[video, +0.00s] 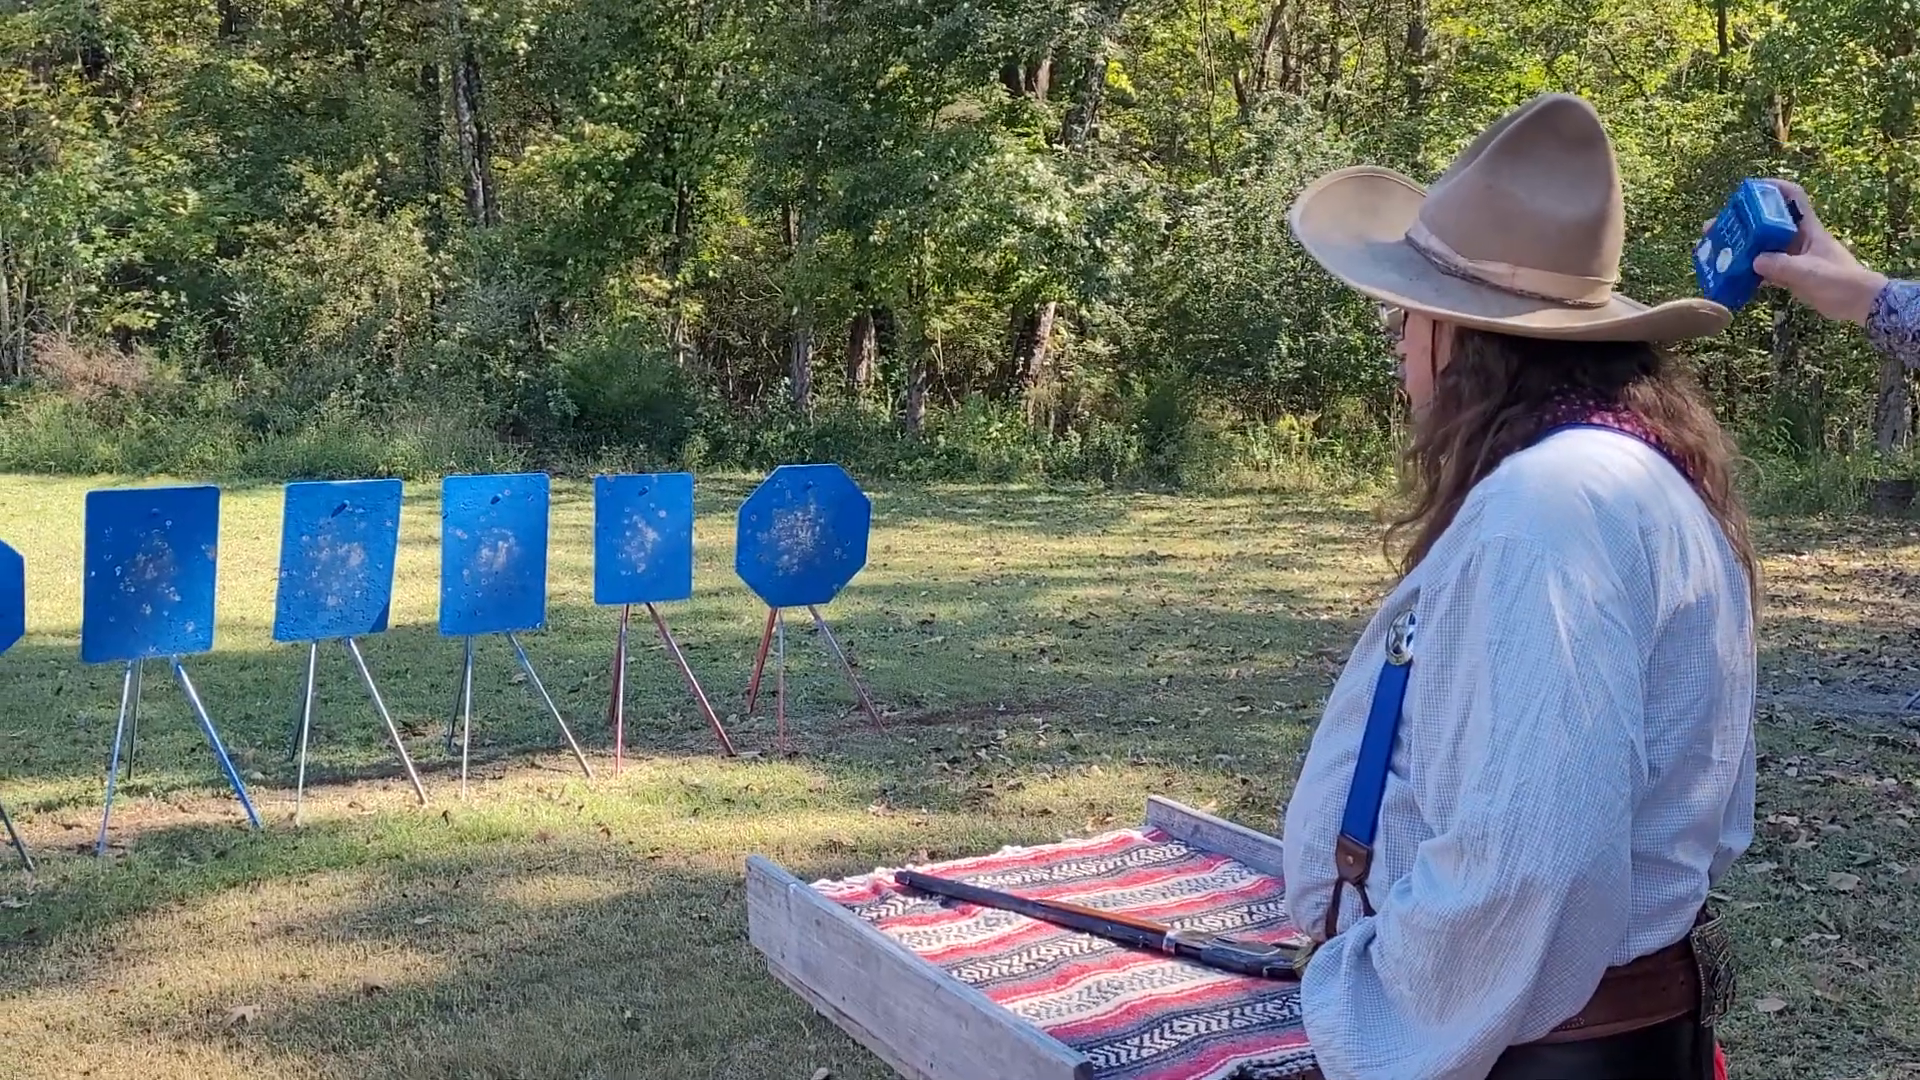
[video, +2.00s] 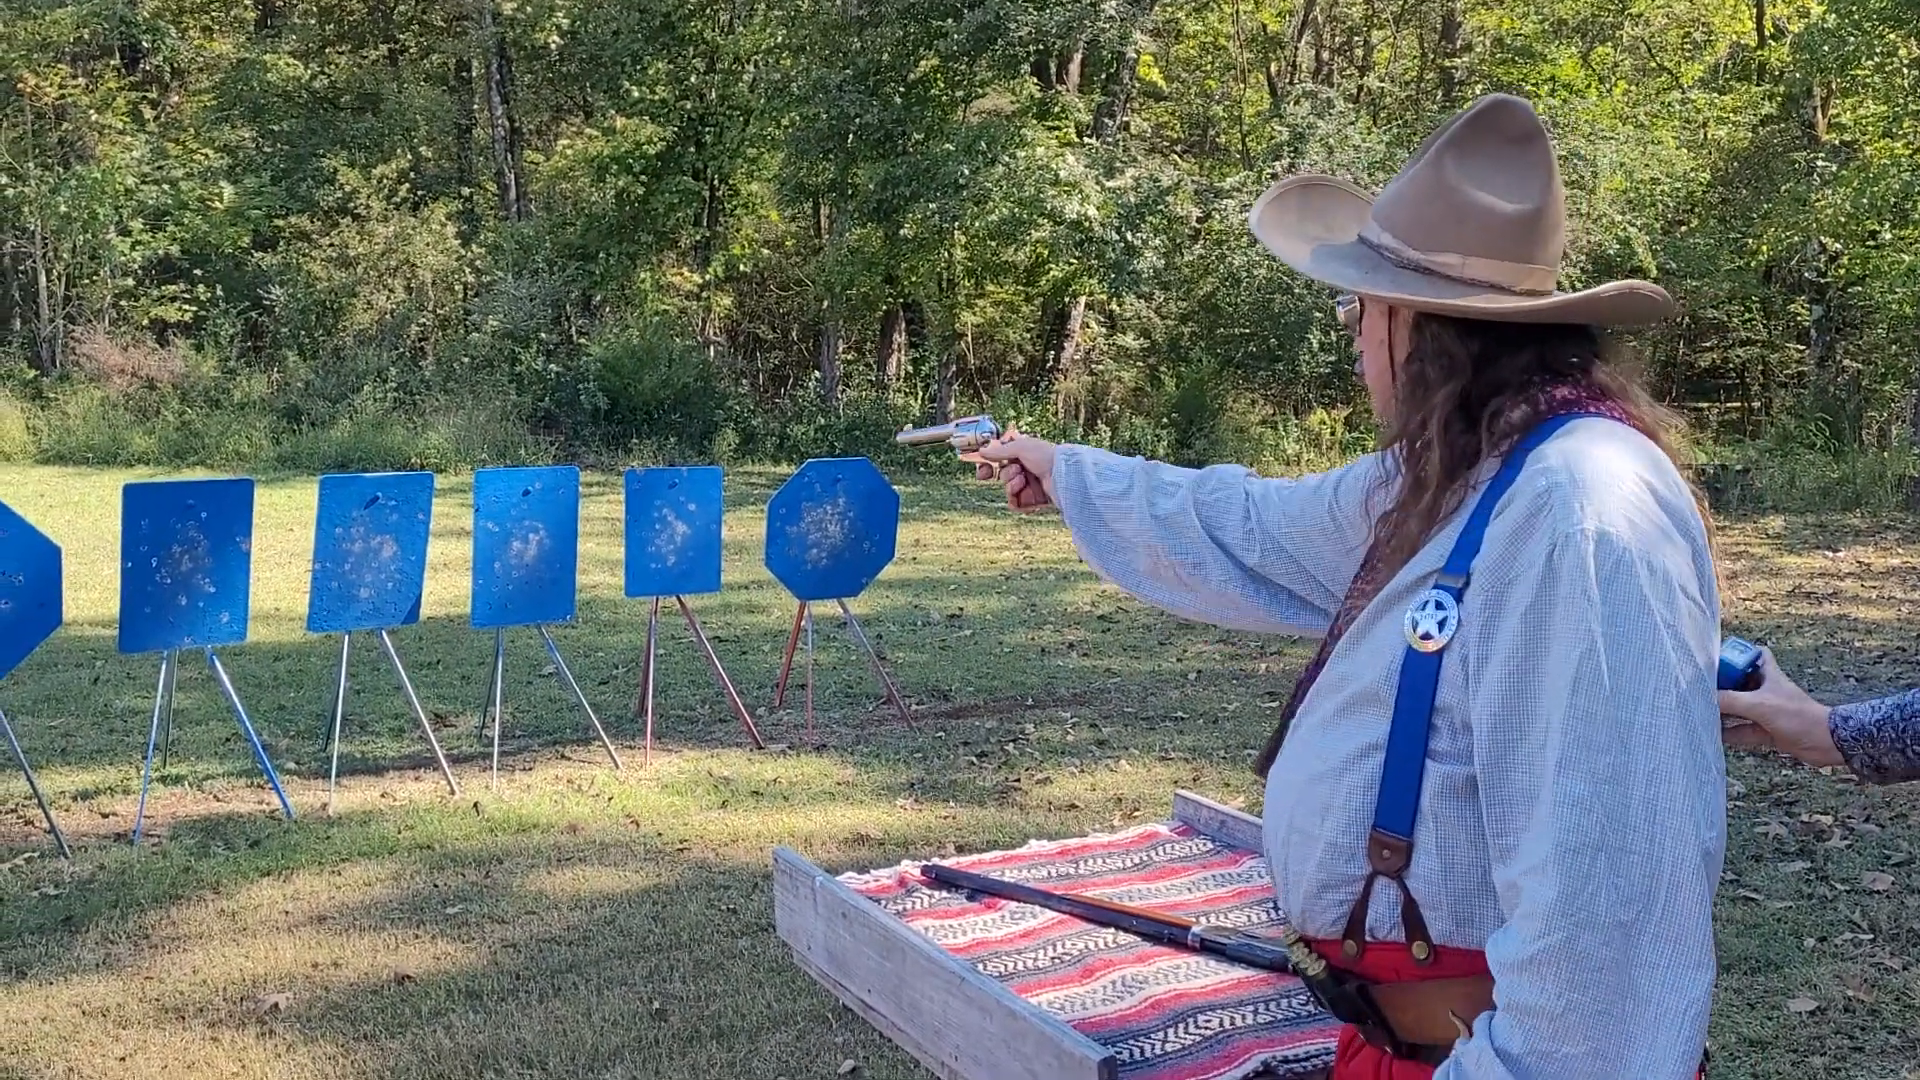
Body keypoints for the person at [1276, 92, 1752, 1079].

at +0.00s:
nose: (1395, 344)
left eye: (1406, 317)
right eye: (1400, 316)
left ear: (1464, 337)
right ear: (1569, 329)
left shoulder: (1551, 503)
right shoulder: (1639, 471)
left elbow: (1531, 852)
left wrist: (1363, 997)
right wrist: (1380, 893)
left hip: (1553, 1035)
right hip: (1637, 1003)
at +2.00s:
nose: (1352, 334)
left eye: (1362, 309)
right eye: (1356, 309)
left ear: (1414, 328)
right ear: (1475, 326)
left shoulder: (1590, 512)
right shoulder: (1434, 479)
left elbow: (1607, 910)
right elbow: (1246, 525)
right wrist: (1067, 475)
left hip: (1469, 1040)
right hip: (1368, 999)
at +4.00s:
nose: (1375, 318)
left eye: (1390, 289)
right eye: (1381, 289)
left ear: (1461, 306)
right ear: (1495, 310)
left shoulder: (1643, 486)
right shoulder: (1468, 460)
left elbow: (1696, 901)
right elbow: (1267, 509)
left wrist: (1637, 1069)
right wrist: (1069, 447)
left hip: (1514, 1035)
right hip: (1384, 989)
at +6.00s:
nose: (1406, 324)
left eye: (1417, 300)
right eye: (1409, 296)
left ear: (1454, 317)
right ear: (1567, 304)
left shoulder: (1551, 488)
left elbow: (1548, 859)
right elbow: (1401, 500)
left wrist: (1439, 1058)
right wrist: (1287, 436)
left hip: (1510, 1022)